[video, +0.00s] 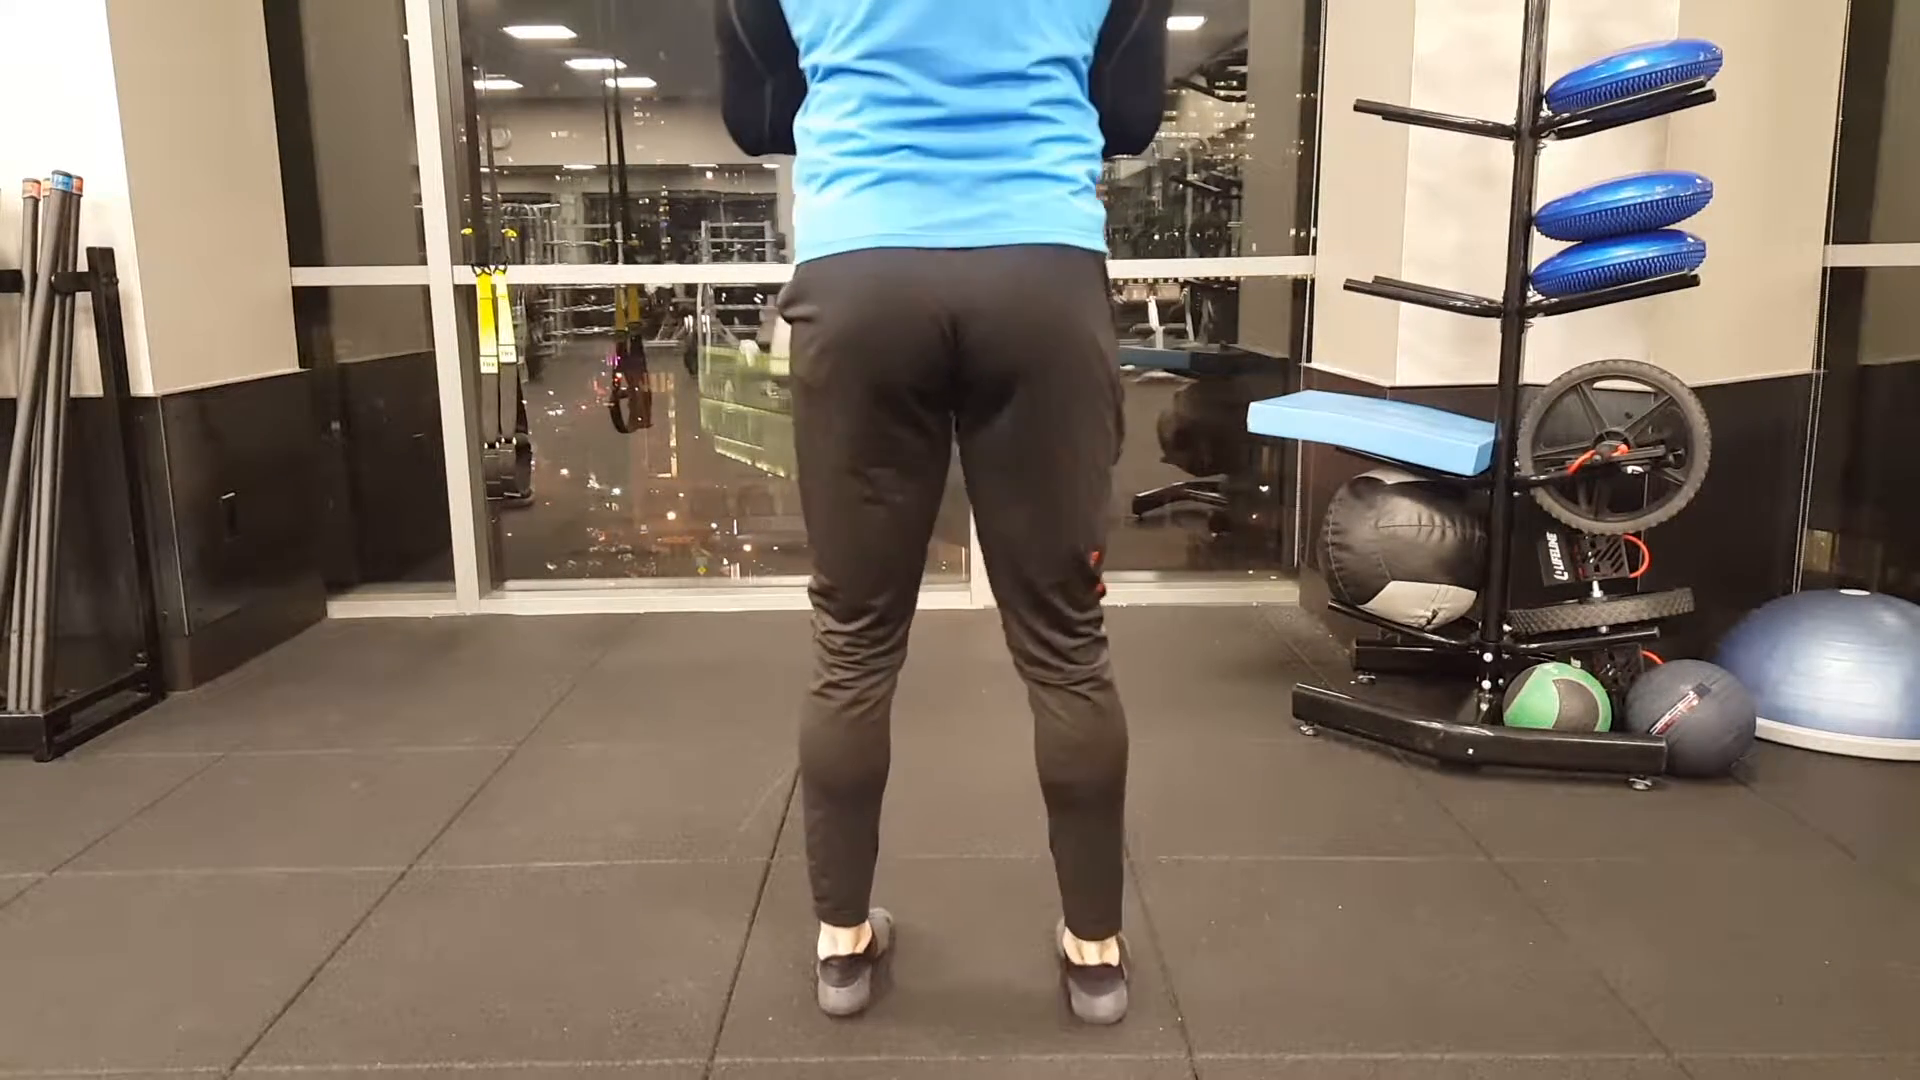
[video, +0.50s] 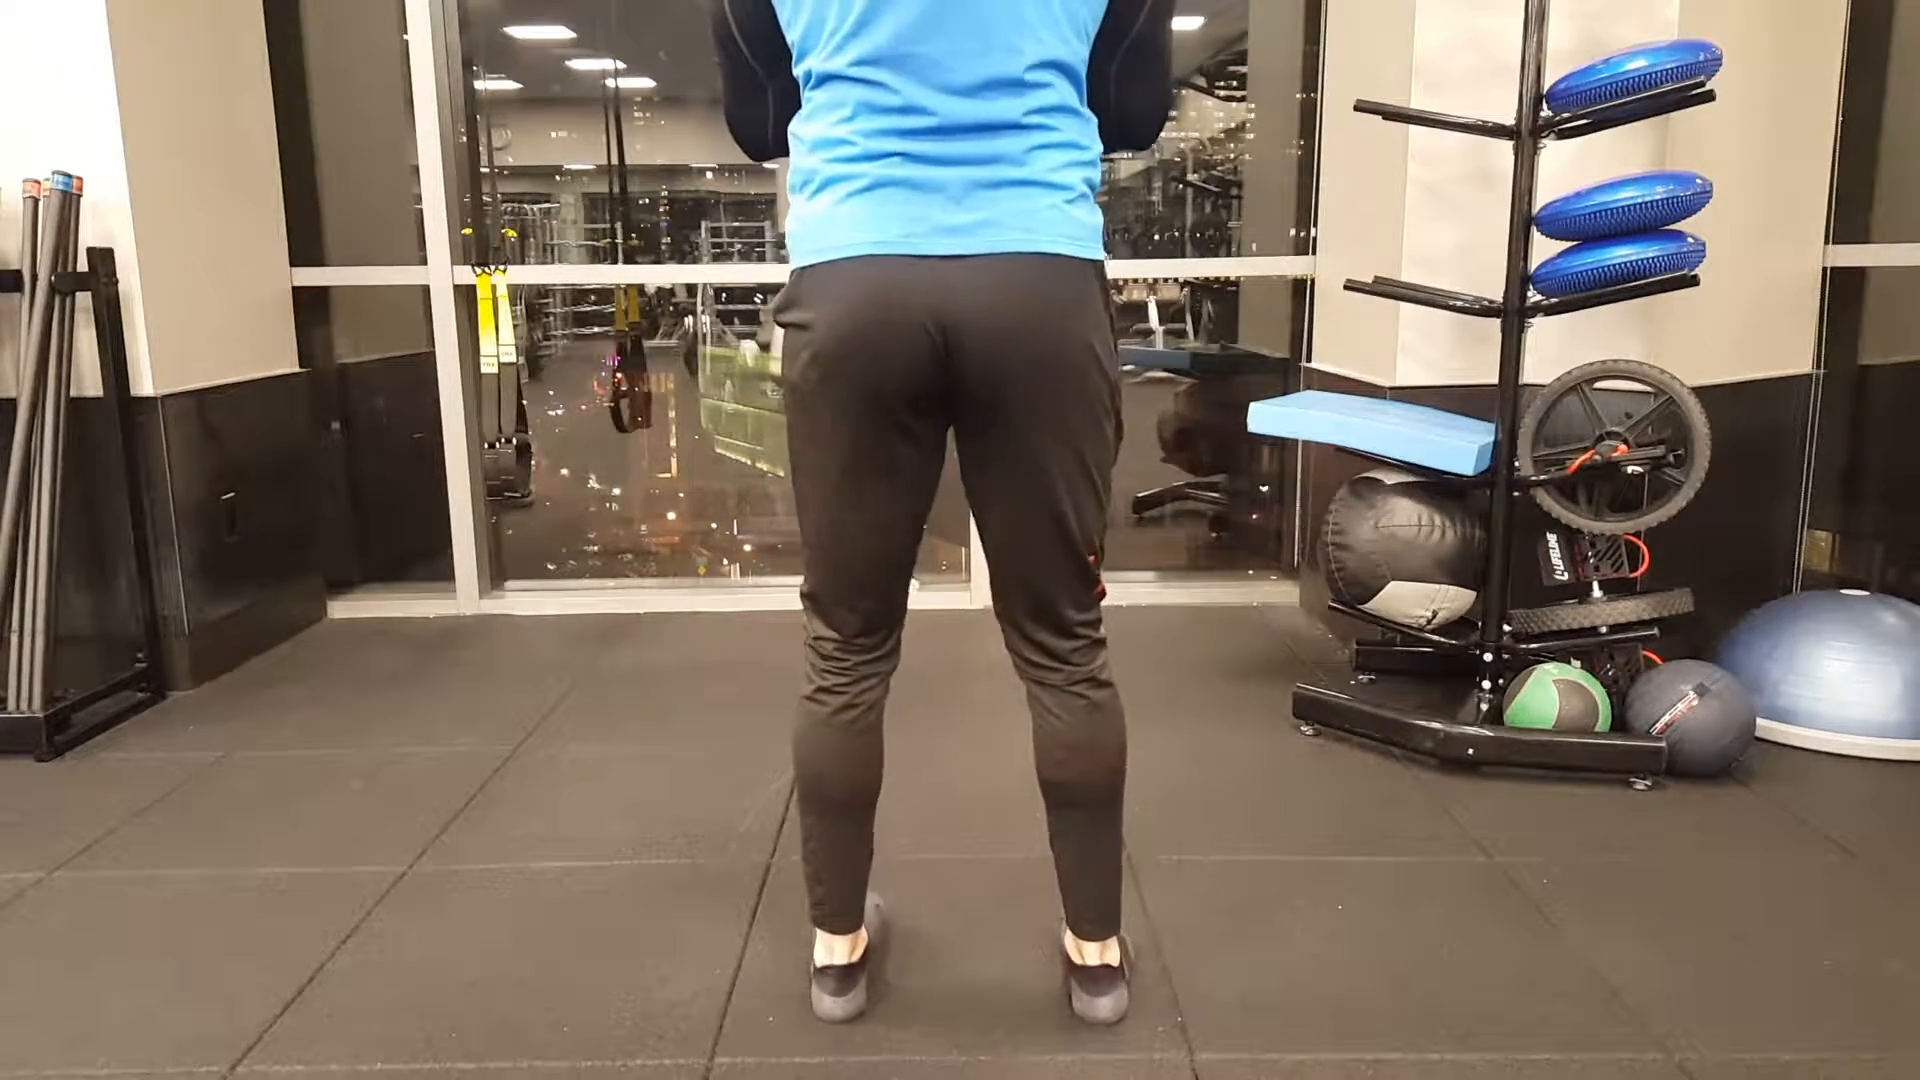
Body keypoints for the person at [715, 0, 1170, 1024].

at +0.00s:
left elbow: (757, 119)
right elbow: (1129, 121)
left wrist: (889, 98)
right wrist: (999, 98)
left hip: (859, 267)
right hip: (1043, 266)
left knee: (853, 638)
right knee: (1064, 636)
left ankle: (842, 949)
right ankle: (1096, 960)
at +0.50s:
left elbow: (759, 126)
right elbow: (1134, 117)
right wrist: (1011, 71)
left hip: (854, 278)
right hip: (1039, 278)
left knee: (845, 645)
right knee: (1062, 637)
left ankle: (836, 954)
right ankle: (1096, 958)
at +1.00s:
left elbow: (757, 111)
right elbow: (1150, 104)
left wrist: (883, 91)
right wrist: (1024, 118)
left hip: (862, 258)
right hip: (1043, 262)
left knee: (851, 643)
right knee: (1067, 624)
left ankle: (837, 953)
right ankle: (1101, 947)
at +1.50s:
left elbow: (758, 119)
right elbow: (1149, 113)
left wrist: (880, 85)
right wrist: (1022, 93)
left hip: (866, 273)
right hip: (1046, 272)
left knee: (856, 642)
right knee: (1066, 631)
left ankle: (845, 952)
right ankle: (1102, 954)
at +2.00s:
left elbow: (751, 104)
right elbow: (1149, 97)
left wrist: (878, 86)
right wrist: (1021, 100)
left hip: (871, 266)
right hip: (1052, 267)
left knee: (861, 631)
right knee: (1066, 619)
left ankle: (845, 947)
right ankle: (1096, 945)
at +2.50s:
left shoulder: (779, 3)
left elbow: (756, 117)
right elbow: (1146, 107)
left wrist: (887, 84)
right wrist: (1010, 101)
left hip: (859, 280)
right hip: (1053, 279)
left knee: (848, 652)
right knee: (1076, 649)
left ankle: (839, 955)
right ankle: (1102, 959)